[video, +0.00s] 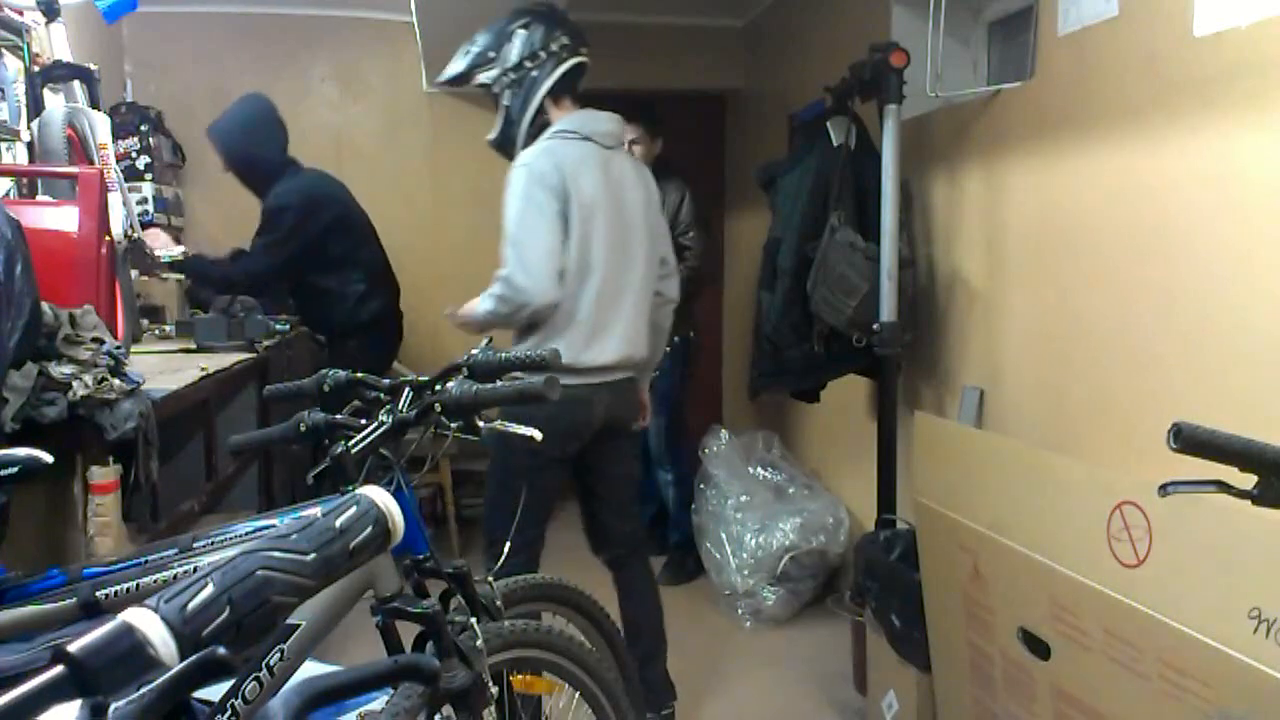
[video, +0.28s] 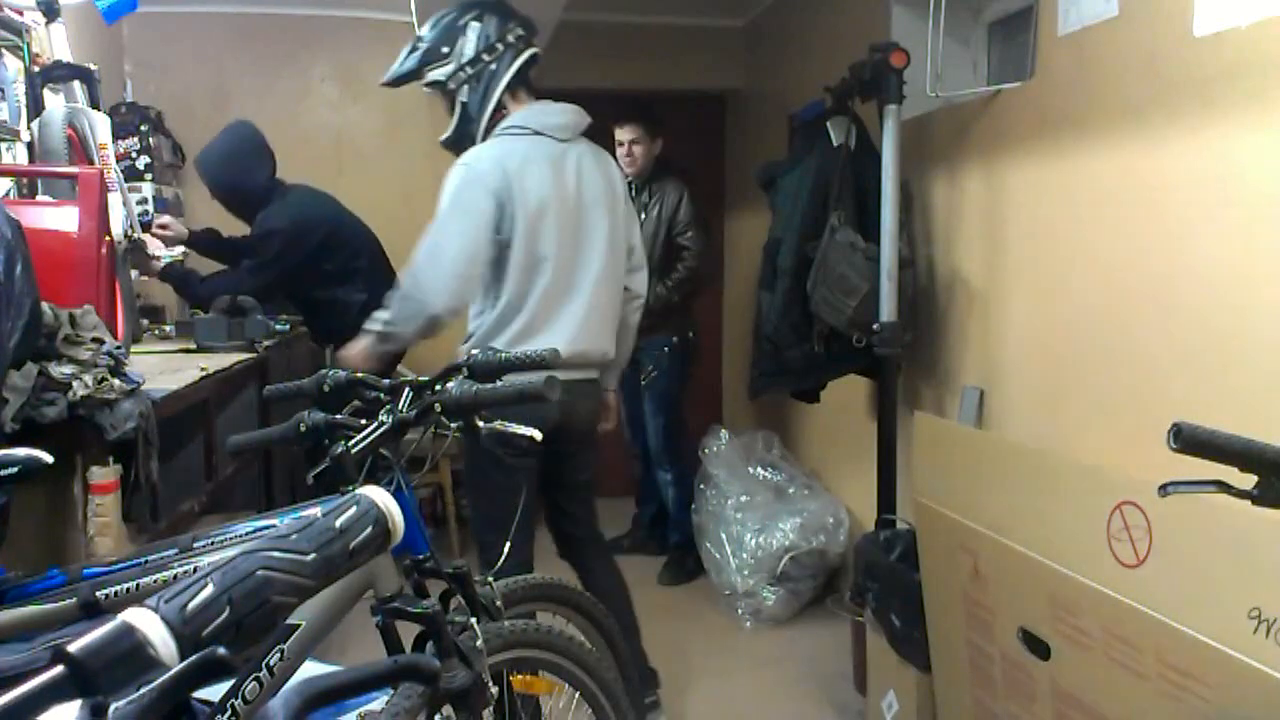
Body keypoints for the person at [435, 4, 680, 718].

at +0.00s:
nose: (497, 110)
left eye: (501, 92)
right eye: (495, 94)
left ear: (532, 84)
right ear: (565, 84)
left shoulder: (540, 164)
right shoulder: (632, 165)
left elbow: (532, 286)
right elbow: (664, 280)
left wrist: (480, 312)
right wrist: (641, 372)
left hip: (546, 396)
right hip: (618, 395)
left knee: (509, 552)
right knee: (626, 548)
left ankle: (502, 692)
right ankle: (651, 695)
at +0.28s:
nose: (444, 105)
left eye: (446, 87)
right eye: (440, 89)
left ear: (479, 74)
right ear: (517, 72)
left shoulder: (487, 166)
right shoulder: (601, 164)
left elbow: (441, 279)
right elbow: (634, 281)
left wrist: (375, 340)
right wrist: (609, 375)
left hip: (507, 392)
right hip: (580, 391)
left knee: (503, 553)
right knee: (583, 537)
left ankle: (508, 696)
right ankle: (636, 690)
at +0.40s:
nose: (431, 104)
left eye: (433, 85)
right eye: (425, 88)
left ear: (465, 73)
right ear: (505, 71)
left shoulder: (474, 166)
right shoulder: (594, 162)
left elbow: (408, 275)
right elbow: (625, 276)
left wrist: (324, 332)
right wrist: (600, 371)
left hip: (503, 391)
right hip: (576, 390)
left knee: (501, 552)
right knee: (573, 534)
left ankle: (506, 699)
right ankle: (622, 688)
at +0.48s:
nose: (427, 106)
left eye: (429, 88)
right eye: (422, 90)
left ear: (458, 75)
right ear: (498, 69)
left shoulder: (468, 167)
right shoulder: (589, 160)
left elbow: (385, 283)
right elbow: (624, 278)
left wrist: (295, 322)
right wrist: (601, 369)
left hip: (501, 390)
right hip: (576, 387)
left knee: (503, 554)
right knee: (569, 533)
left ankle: (515, 714)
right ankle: (623, 696)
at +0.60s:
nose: (421, 110)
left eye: (423, 91)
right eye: (416, 93)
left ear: (454, 78)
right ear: (491, 71)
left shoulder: (465, 167)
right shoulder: (583, 161)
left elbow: (381, 279)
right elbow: (618, 277)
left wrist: (283, 320)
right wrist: (598, 369)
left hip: (500, 394)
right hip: (573, 390)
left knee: (502, 559)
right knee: (560, 532)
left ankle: (511, 697)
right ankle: (616, 674)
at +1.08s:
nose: (461, 119)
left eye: (475, 102)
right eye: (448, 105)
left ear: (514, 90)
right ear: (435, 101)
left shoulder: (560, 174)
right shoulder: (498, 172)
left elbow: (564, 299)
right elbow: (495, 292)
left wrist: (507, 376)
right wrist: (470, 369)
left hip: (553, 382)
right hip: (508, 379)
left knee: (517, 541)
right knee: (527, 532)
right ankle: (581, 652)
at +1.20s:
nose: (492, 135)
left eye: (505, 121)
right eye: (478, 122)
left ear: (538, 112)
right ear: (462, 122)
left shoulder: (575, 191)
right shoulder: (488, 197)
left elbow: (581, 308)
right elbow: (467, 299)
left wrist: (503, 362)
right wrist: (412, 357)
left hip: (573, 387)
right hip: (514, 386)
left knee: (524, 551)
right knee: (510, 546)